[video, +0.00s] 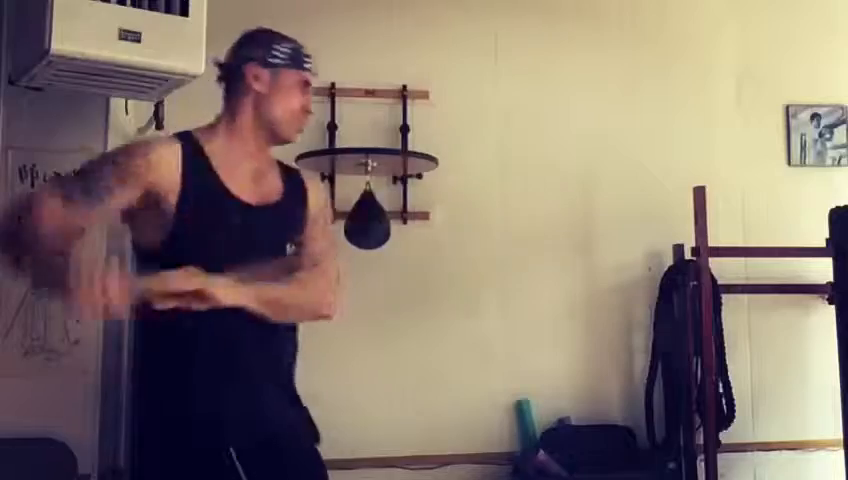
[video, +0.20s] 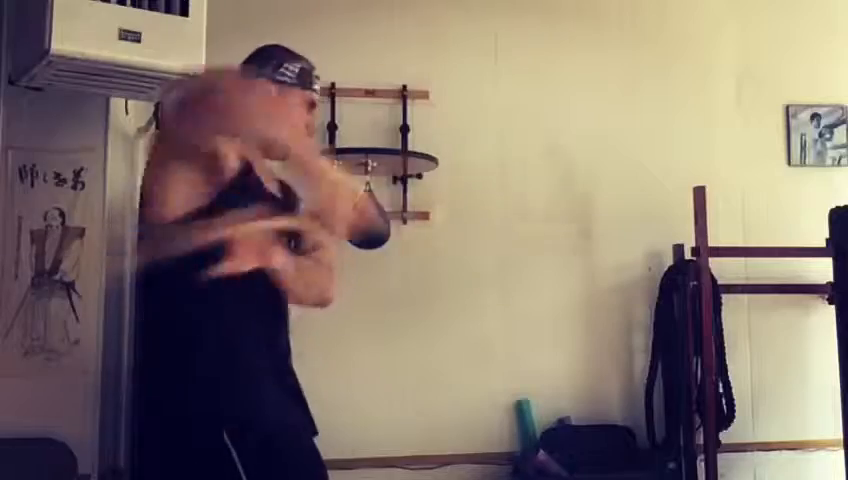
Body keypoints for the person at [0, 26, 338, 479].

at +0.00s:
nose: (310, 105)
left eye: (310, 91)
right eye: (302, 87)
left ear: (261, 82)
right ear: (257, 78)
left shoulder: (307, 190)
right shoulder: (161, 161)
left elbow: (323, 296)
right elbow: (40, 214)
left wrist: (230, 291)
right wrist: (78, 271)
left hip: (273, 423)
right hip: (176, 422)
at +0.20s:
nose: (312, 123)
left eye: (314, 111)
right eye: (308, 106)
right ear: (269, 92)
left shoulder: (269, 188)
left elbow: (322, 286)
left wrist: (270, 252)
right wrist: (309, 161)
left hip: (267, 397)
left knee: (299, 469)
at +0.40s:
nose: (297, 119)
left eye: (299, 107)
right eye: (293, 102)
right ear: (254, 86)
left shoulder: (154, 170)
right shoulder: (261, 136)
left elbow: (208, 295)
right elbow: (396, 173)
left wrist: (302, 272)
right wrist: (381, 232)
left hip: (160, 422)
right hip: (249, 423)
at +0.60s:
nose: (295, 106)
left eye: (296, 91)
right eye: (289, 86)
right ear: (245, 74)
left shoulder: (136, 173)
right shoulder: (271, 150)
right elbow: (376, 221)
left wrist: (289, 244)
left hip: (166, 413)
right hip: (264, 413)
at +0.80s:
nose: (283, 87)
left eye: (280, 72)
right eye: (271, 69)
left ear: (225, 69)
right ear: (224, 66)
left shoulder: (160, 162)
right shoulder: (234, 167)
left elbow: (264, 260)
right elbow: (334, 282)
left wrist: (367, 238)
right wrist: (413, 243)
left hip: (175, 418)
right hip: (254, 425)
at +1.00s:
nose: (261, 91)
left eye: (259, 75)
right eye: (249, 71)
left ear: (203, 75)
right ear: (200, 71)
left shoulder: (233, 173)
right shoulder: (172, 181)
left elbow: (288, 219)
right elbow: (294, 282)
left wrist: (361, 211)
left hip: (272, 435)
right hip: (213, 445)